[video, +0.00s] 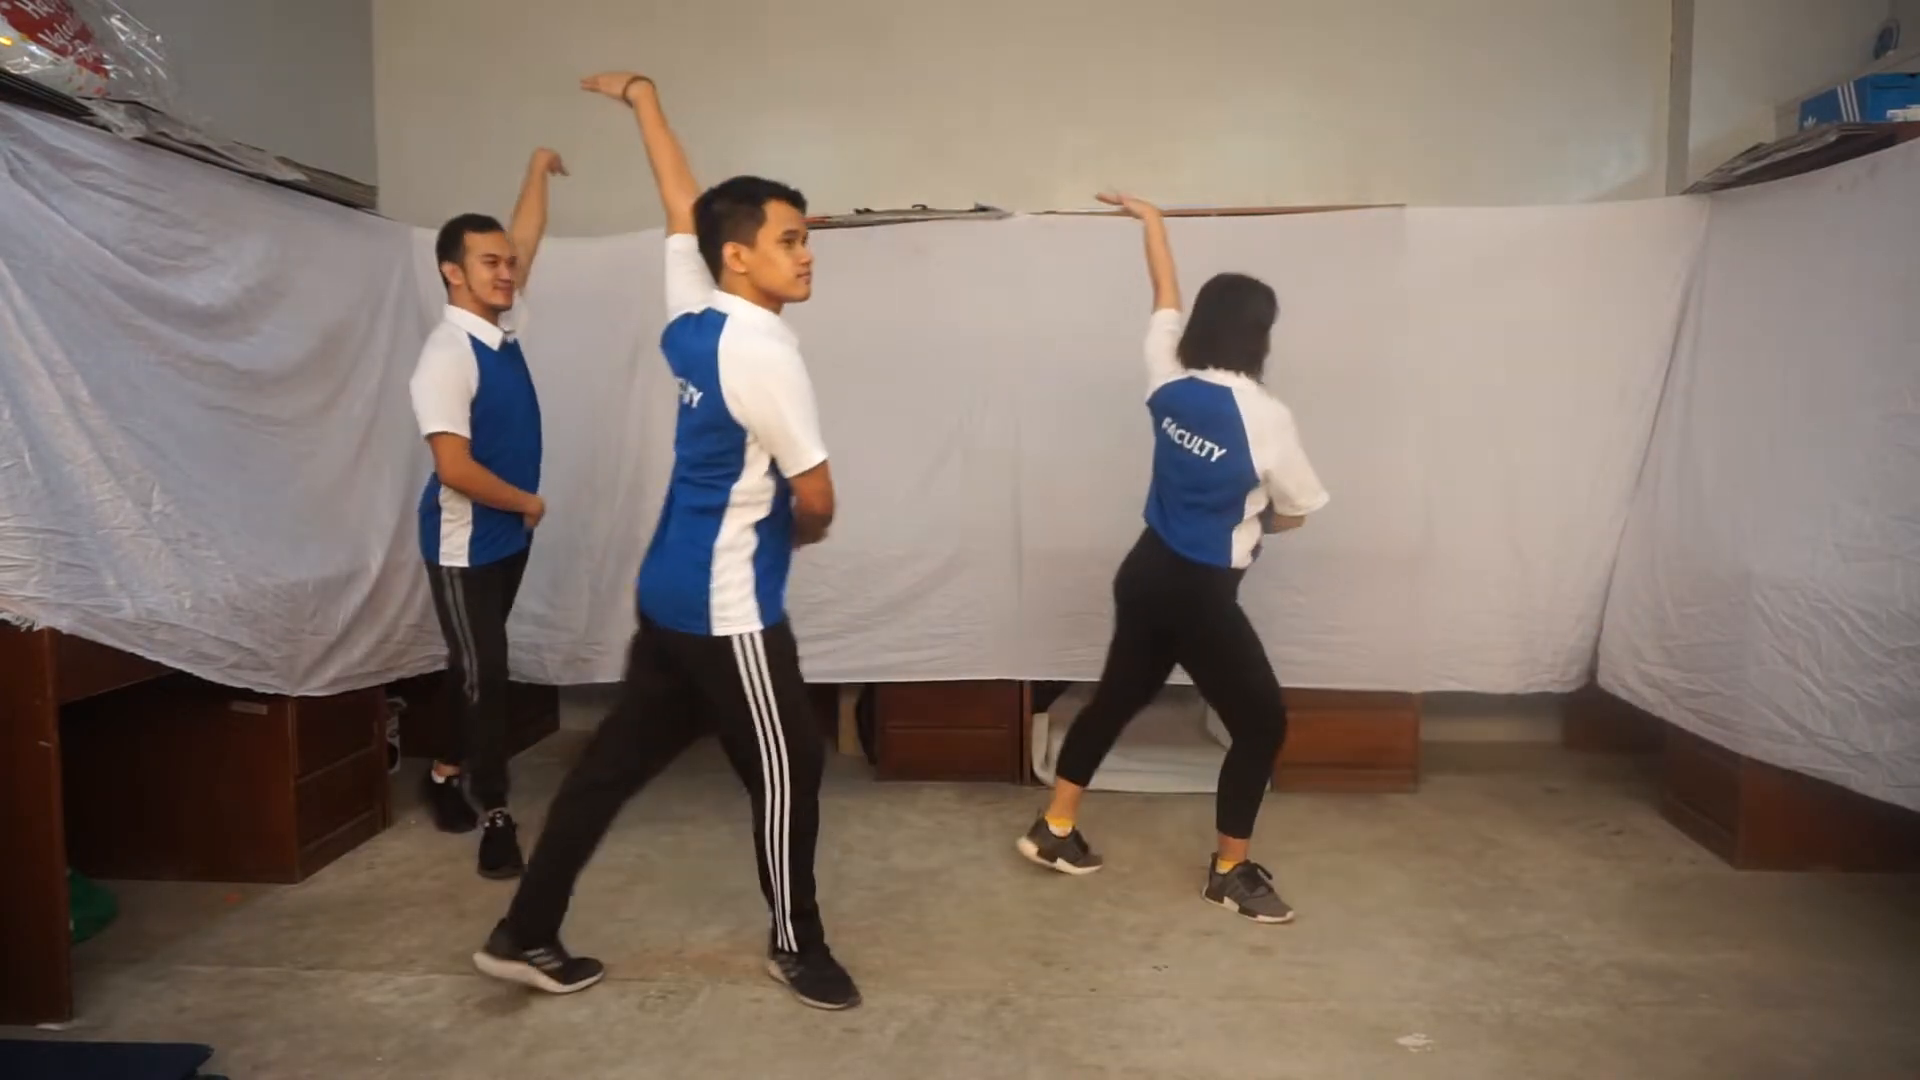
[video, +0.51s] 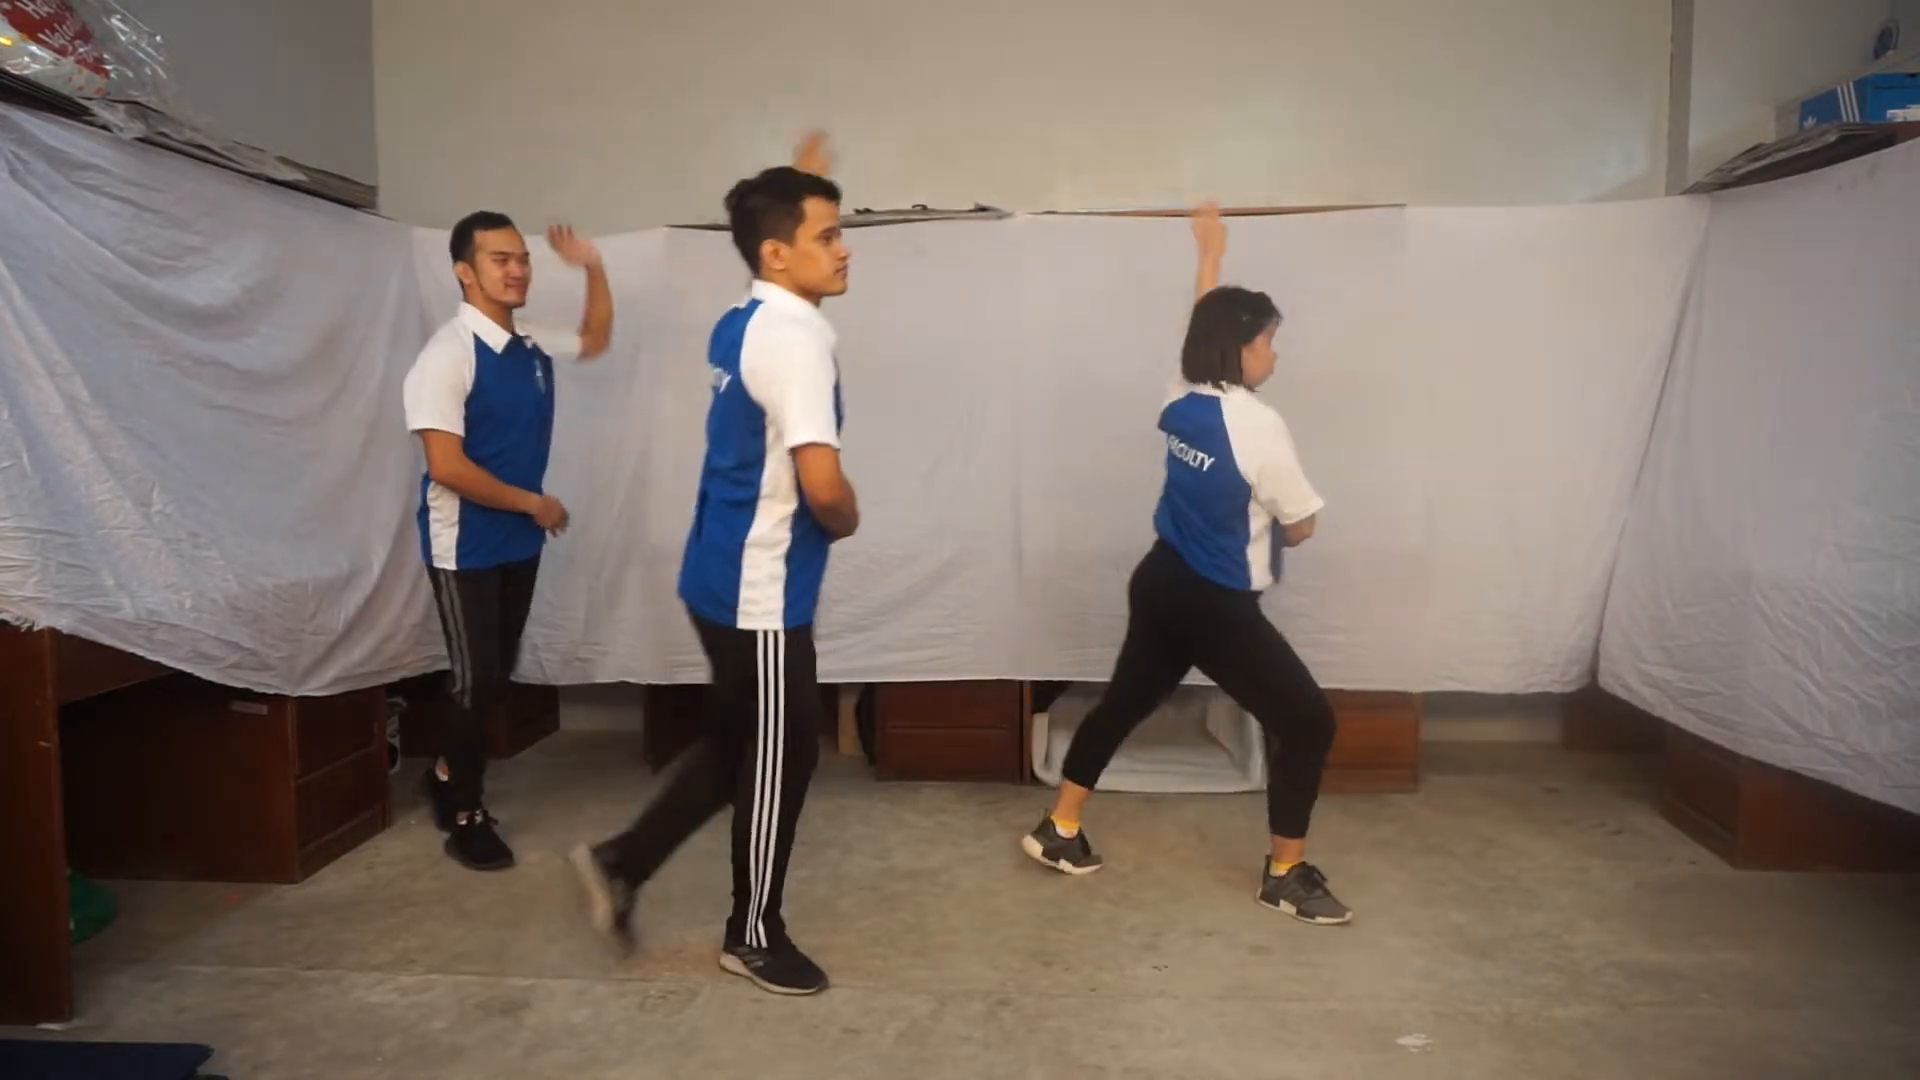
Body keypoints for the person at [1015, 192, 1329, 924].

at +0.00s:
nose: (1272, 335)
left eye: (1264, 324)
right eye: (1269, 326)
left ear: (1202, 326)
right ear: (1259, 335)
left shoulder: (1168, 378)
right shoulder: (1263, 415)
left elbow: (1164, 293)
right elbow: (1300, 506)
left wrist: (1148, 216)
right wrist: (1253, 519)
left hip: (1144, 576)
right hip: (1201, 595)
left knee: (1116, 698)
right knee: (1262, 724)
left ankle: (1055, 825)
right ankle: (1231, 867)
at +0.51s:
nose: (1275, 353)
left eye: (1273, 341)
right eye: (1269, 341)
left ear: (1213, 345)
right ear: (1237, 346)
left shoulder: (1185, 398)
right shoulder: (1257, 423)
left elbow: (1202, 328)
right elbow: (1300, 524)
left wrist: (1209, 252)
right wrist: (1275, 531)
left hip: (1159, 582)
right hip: (1215, 604)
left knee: (1122, 704)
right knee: (1308, 723)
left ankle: (1060, 827)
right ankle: (1286, 870)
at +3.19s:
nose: (1402, 328)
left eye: (1400, 316)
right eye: (1389, 317)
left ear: (1375, 332)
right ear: (1349, 331)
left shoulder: (1409, 412)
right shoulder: (1315, 411)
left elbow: (1463, 479)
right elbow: (1283, 514)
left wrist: (1552, 482)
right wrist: (1327, 563)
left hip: (1388, 594)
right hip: (1313, 593)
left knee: (1421, 725)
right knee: (1315, 735)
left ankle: (1444, 861)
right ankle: (1259, 861)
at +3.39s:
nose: (1341, 337)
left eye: (1342, 324)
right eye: (1336, 325)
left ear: (1274, 319)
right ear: (1316, 327)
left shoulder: (1261, 383)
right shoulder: (1303, 401)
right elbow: (1324, 514)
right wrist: (1365, 548)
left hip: (1251, 571)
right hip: (1262, 581)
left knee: (1317, 699)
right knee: (1279, 713)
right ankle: (1254, 859)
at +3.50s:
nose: (1315, 334)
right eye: (1311, 323)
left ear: (1243, 324)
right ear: (1302, 331)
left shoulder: (1222, 387)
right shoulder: (1293, 403)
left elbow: (1239, 328)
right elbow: (1325, 516)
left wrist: (1262, 273)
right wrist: (1292, 498)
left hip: (1208, 570)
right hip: (1252, 582)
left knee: (1241, 702)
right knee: (1274, 714)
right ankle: (1255, 859)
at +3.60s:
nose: (1293, 334)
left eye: (1285, 320)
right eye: (1289, 323)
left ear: (1219, 329)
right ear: (1280, 334)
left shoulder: (1189, 386)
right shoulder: (1282, 410)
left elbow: (1177, 310)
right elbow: (1311, 513)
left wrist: (1188, 244)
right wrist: (1264, 506)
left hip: (1175, 574)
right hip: (1228, 587)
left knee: (1167, 693)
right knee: (1278, 717)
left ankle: (1085, 811)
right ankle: (1257, 859)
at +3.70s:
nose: (1269, 346)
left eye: (1258, 334)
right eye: (1266, 337)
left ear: (1196, 338)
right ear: (1258, 347)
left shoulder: (1168, 392)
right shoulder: (1266, 425)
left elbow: (1162, 307)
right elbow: (1288, 516)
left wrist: (1145, 234)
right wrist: (1237, 507)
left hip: (1142, 577)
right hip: (1201, 596)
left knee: (1122, 692)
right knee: (1277, 717)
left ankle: (1064, 820)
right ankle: (1257, 860)